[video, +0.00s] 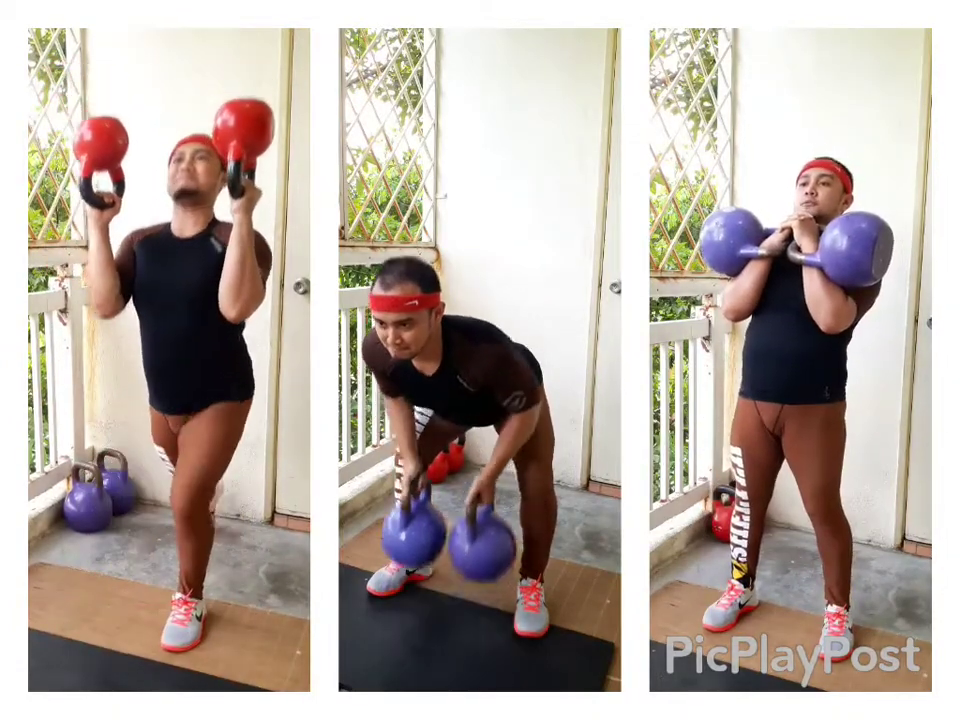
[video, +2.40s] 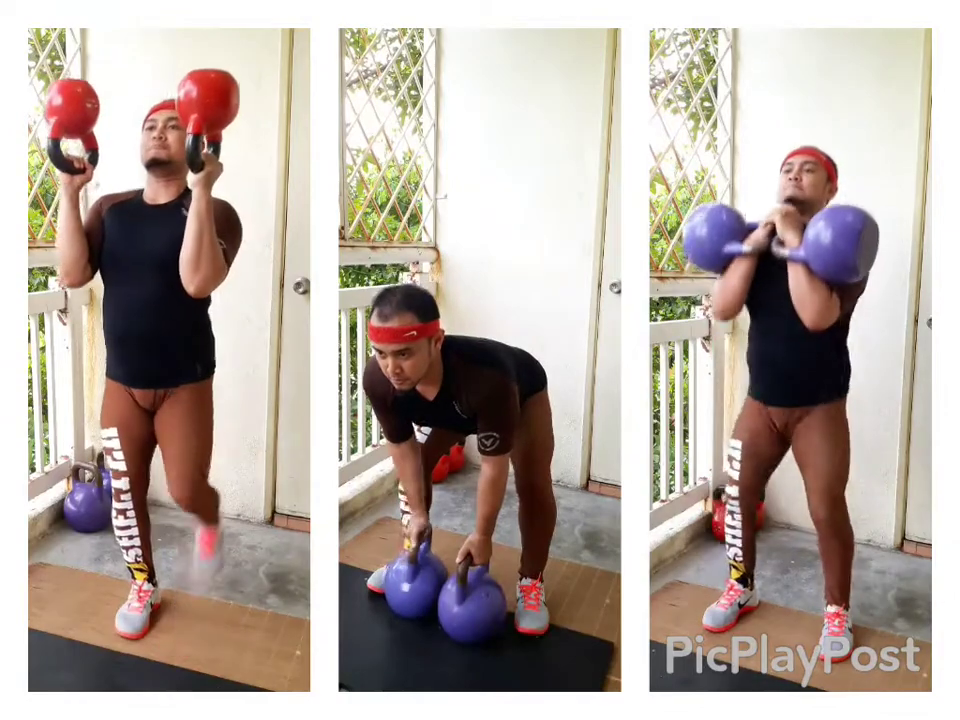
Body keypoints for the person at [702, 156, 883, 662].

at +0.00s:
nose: (808, 190)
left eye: (822, 183)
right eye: (803, 183)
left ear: (847, 200)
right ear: (793, 197)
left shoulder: (855, 262)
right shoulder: (769, 249)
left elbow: (832, 319)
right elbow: (731, 309)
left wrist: (808, 248)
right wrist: (769, 248)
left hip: (814, 407)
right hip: (753, 400)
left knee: (824, 513)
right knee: (749, 501)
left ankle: (837, 610)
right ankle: (740, 587)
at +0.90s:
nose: (789, 238)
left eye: (802, 230)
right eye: (782, 230)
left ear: (825, 241)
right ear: (773, 239)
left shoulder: (840, 302)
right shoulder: (757, 296)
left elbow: (822, 374)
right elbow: (727, 362)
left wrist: (795, 302)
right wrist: (756, 305)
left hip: (830, 438)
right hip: (773, 434)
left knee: (828, 533)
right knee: (727, 510)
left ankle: (835, 613)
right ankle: (740, 587)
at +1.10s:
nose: (787, 297)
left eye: (800, 288)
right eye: (780, 288)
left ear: (821, 299)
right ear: (770, 298)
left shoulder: (836, 356)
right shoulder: (753, 352)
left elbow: (821, 436)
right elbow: (726, 421)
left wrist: (793, 367)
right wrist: (753, 371)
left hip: (832, 472)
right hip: (775, 469)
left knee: (827, 545)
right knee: (718, 521)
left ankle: (836, 616)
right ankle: (740, 588)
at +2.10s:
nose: (782, 244)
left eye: (794, 236)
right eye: (774, 236)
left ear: (817, 248)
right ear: (765, 247)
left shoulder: (829, 311)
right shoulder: (749, 307)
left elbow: (818, 391)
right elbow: (721, 377)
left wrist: (789, 323)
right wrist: (747, 324)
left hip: (827, 440)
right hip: (770, 436)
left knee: (827, 534)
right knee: (721, 510)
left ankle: (836, 614)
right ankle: (740, 586)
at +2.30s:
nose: (790, 190)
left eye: (804, 183)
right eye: (782, 183)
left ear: (825, 201)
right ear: (771, 198)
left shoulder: (836, 261)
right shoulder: (749, 254)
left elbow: (818, 336)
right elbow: (722, 325)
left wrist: (790, 267)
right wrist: (749, 262)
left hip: (826, 414)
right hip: (766, 410)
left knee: (831, 518)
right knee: (734, 495)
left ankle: (837, 612)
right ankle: (740, 585)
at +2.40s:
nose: (794, 178)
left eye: (808, 172)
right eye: (787, 171)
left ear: (832, 189)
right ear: (776, 186)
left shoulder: (840, 249)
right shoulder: (754, 242)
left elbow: (817, 315)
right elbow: (722, 308)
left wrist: (793, 242)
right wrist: (753, 244)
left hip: (820, 408)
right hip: (761, 402)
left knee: (827, 511)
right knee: (741, 497)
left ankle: (836, 610)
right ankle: (740, 586)